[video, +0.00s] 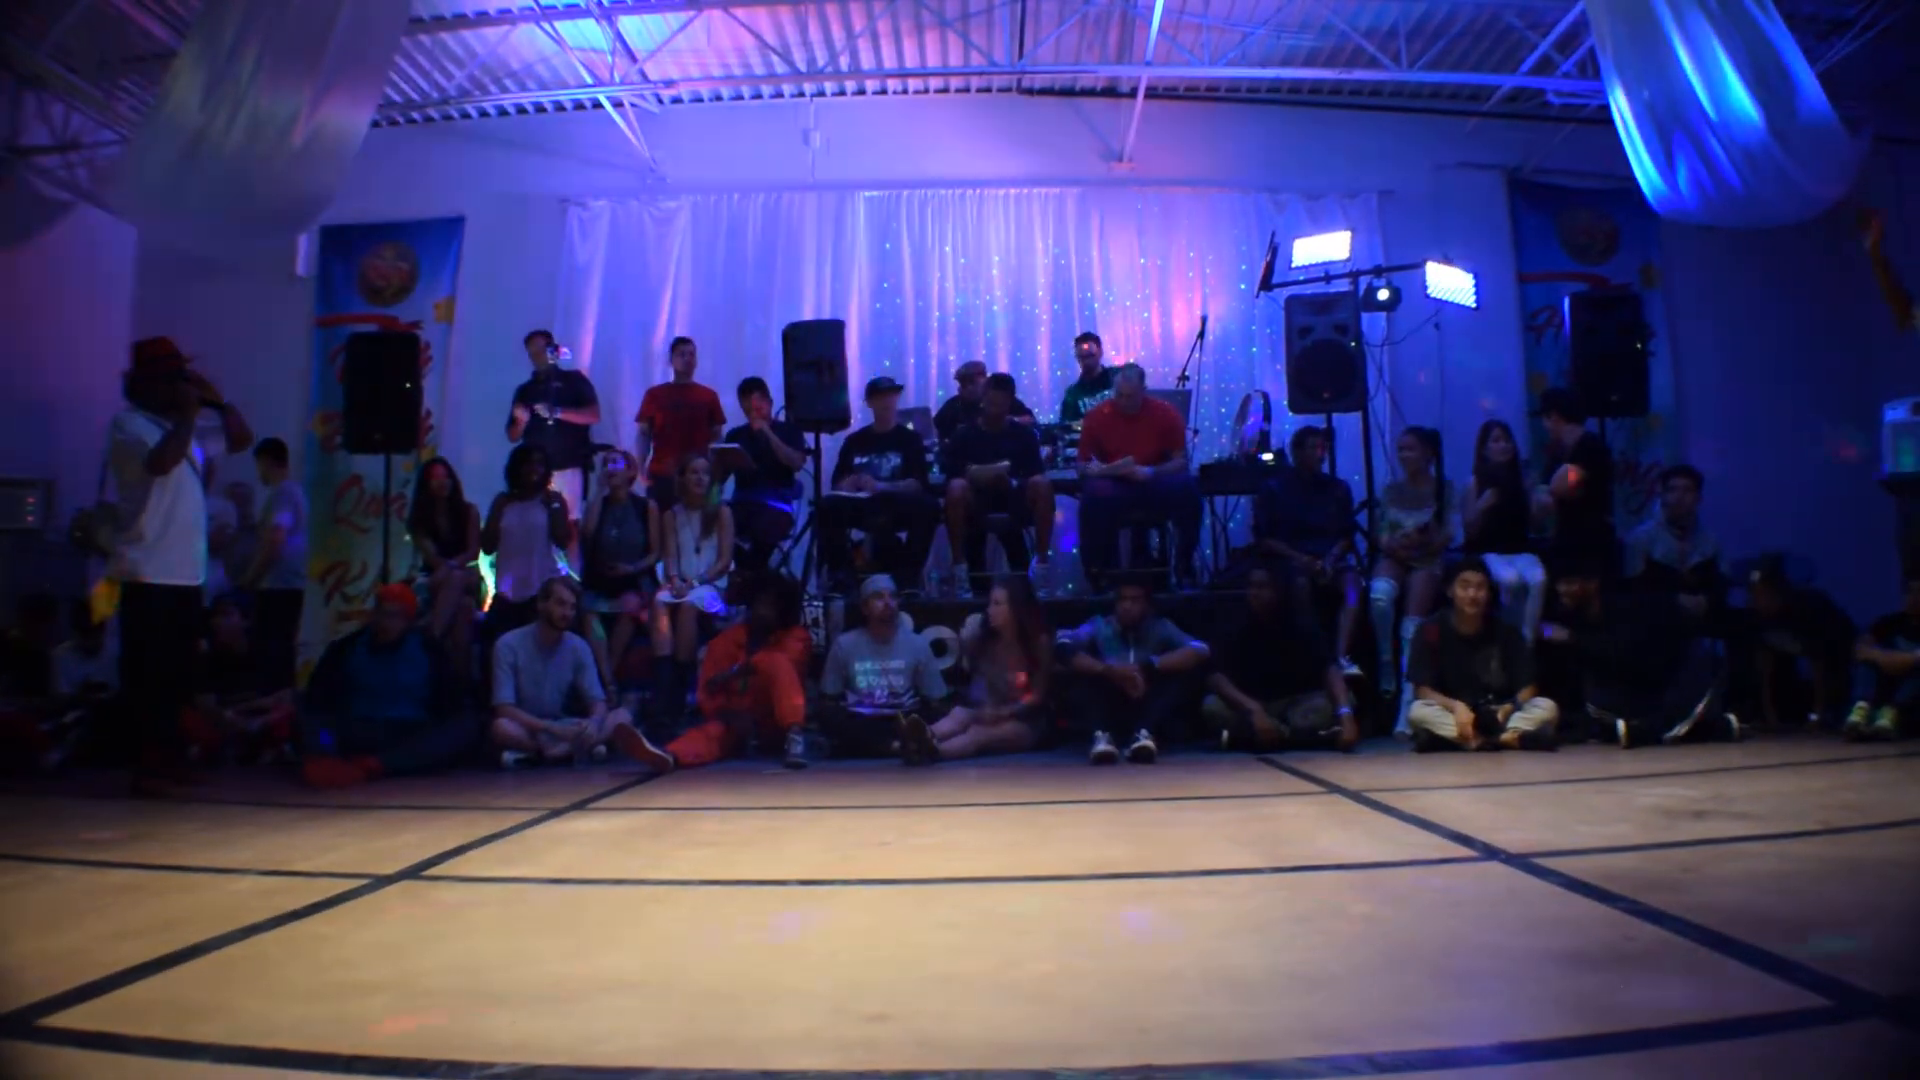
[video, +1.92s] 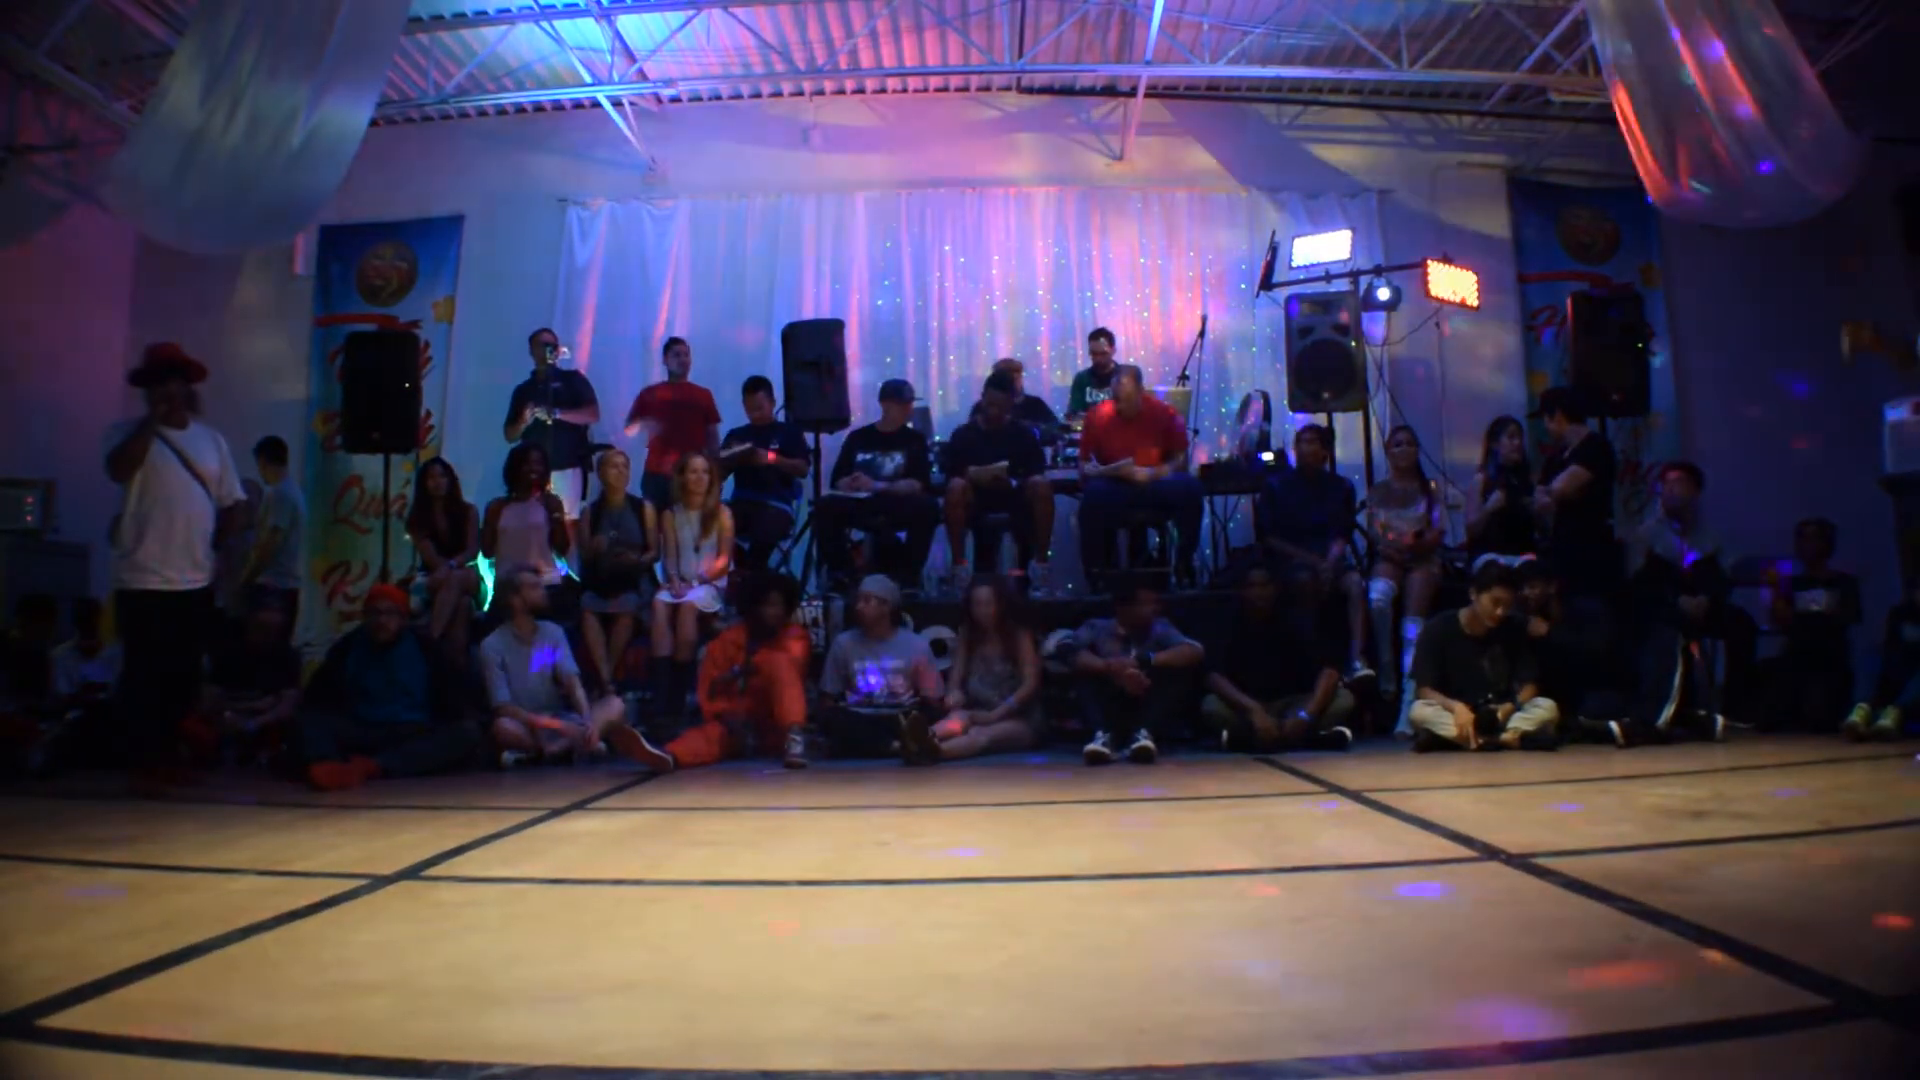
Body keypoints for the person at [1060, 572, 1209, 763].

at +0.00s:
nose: (1128, 607)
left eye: (1135, 601)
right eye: (1123, 601)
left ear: (1146, 604)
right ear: (1115, 604)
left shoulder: (1159, 628)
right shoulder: (1101, 628)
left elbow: (1200, 650)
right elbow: (1064, 647)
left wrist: (1150, 667)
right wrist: (1111, 671)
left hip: (1149, 701)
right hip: (1108, 701)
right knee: (1092, 677)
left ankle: (1144, 734)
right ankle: (1101, 736)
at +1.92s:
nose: (1151, 610)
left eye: (1154, 604)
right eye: (1144, 604)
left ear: (1157, 606)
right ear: (1124, 607)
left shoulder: (1158, 629)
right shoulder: (1098, 629)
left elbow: (1194, 651)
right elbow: (1067, 650)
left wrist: (1146, 661)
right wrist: (1114, 669)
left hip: (1148, 702)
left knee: (1173, 670)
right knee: (1088, 672)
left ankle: (1144, 733)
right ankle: (1101, 734)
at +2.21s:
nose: (1161, 608)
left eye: (1160, 602)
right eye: (1155, 602)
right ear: (1133, 607)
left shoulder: (1162, 630)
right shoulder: (1102, 629)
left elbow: (1193, 651)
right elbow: (1066, 649)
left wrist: (1143, 661)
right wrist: (1112, 666)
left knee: (1173, 669)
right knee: (1088, 673)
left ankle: (1143, 733)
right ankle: (1101, 734)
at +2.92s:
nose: (1151, 608)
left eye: (1151, 602)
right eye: (1144, 603)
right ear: (1125, 608)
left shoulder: (1159, 629)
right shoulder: (1100, 630)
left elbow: (1192, 651)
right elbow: (1061, 650)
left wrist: (1143, 660)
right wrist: (1110, 671)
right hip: (1109, 701)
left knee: (1172, 669)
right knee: (1088, 672)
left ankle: (1144, 734)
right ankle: (1101, 735)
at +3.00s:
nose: (1151, 608)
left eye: (1150, 602)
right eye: (1143, 602)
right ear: (1121, 608)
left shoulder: (1158, 628)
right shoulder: (1099, 631)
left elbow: (1191, 650)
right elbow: (1063, 650)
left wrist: (1141, 661)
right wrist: (1109, 670)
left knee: (1173, 668)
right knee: (1085, 672)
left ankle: (1143, 733)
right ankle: (1101, 735)